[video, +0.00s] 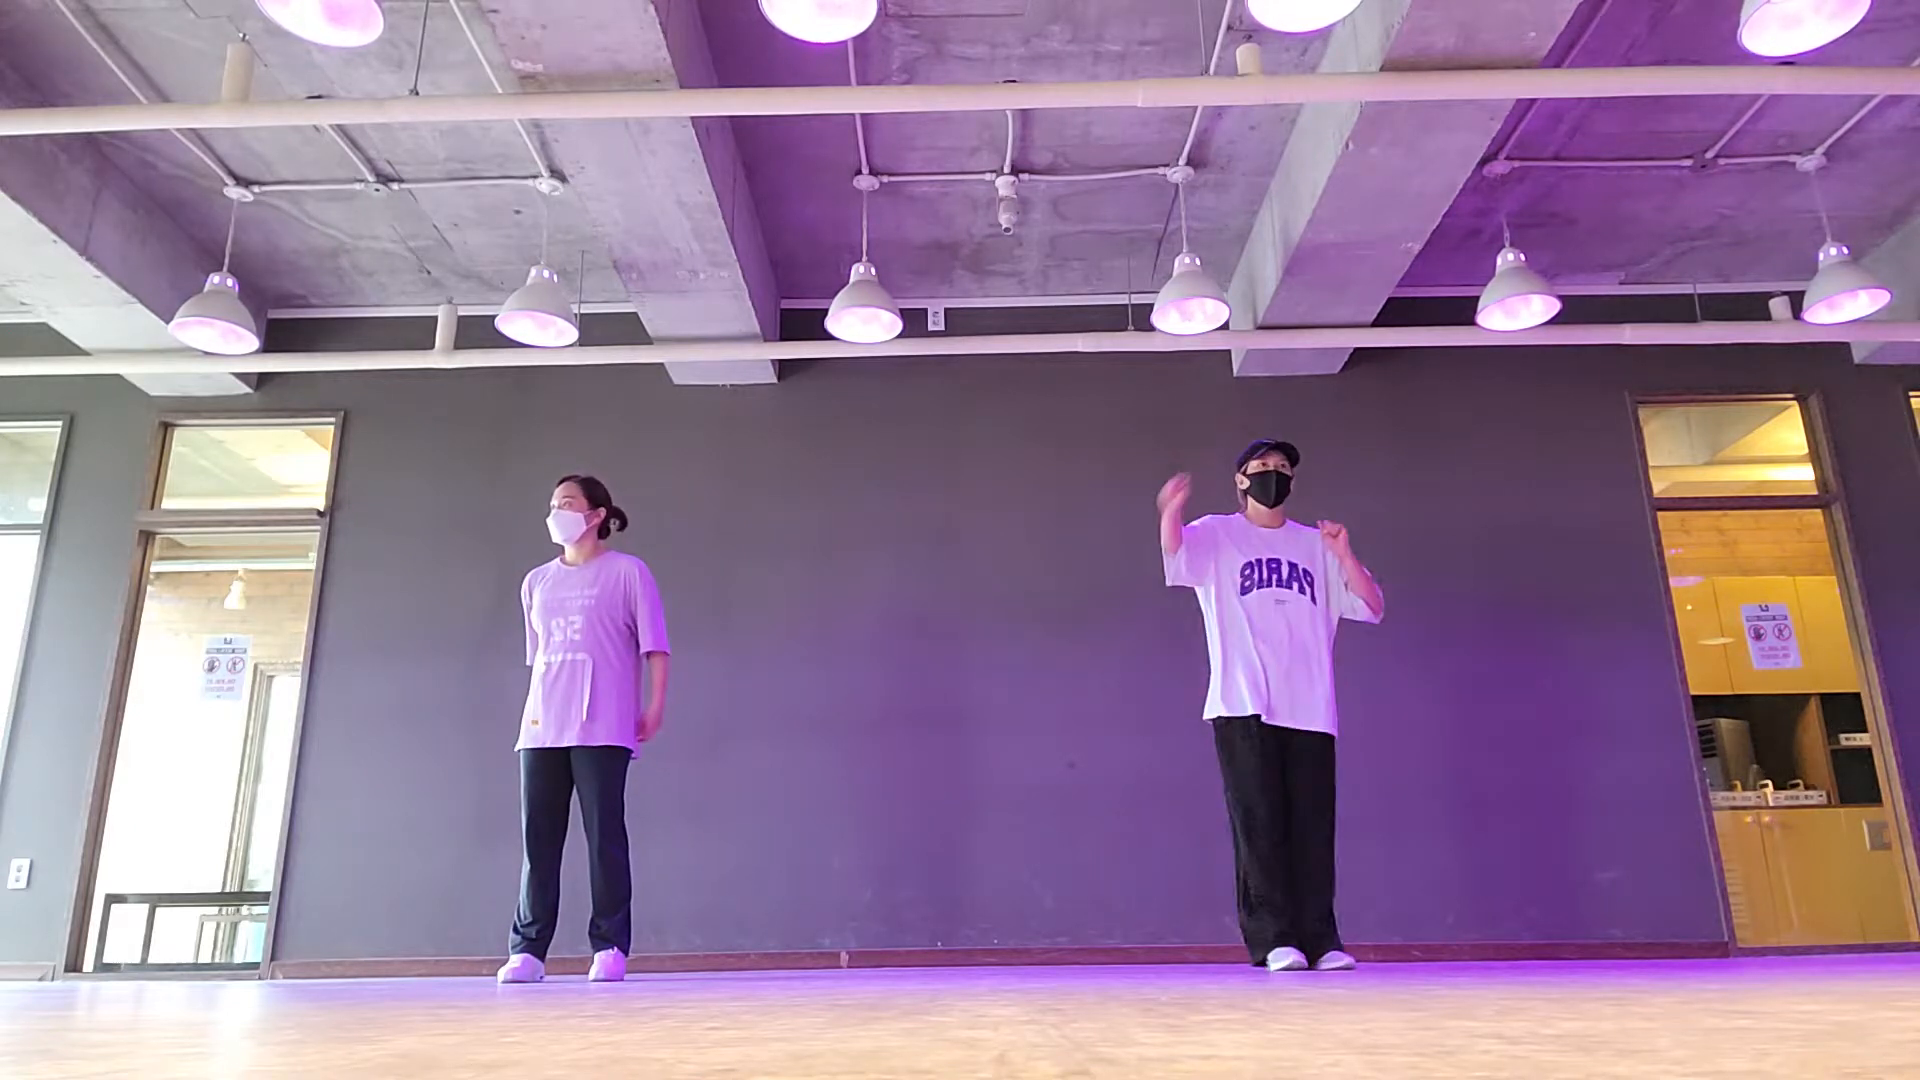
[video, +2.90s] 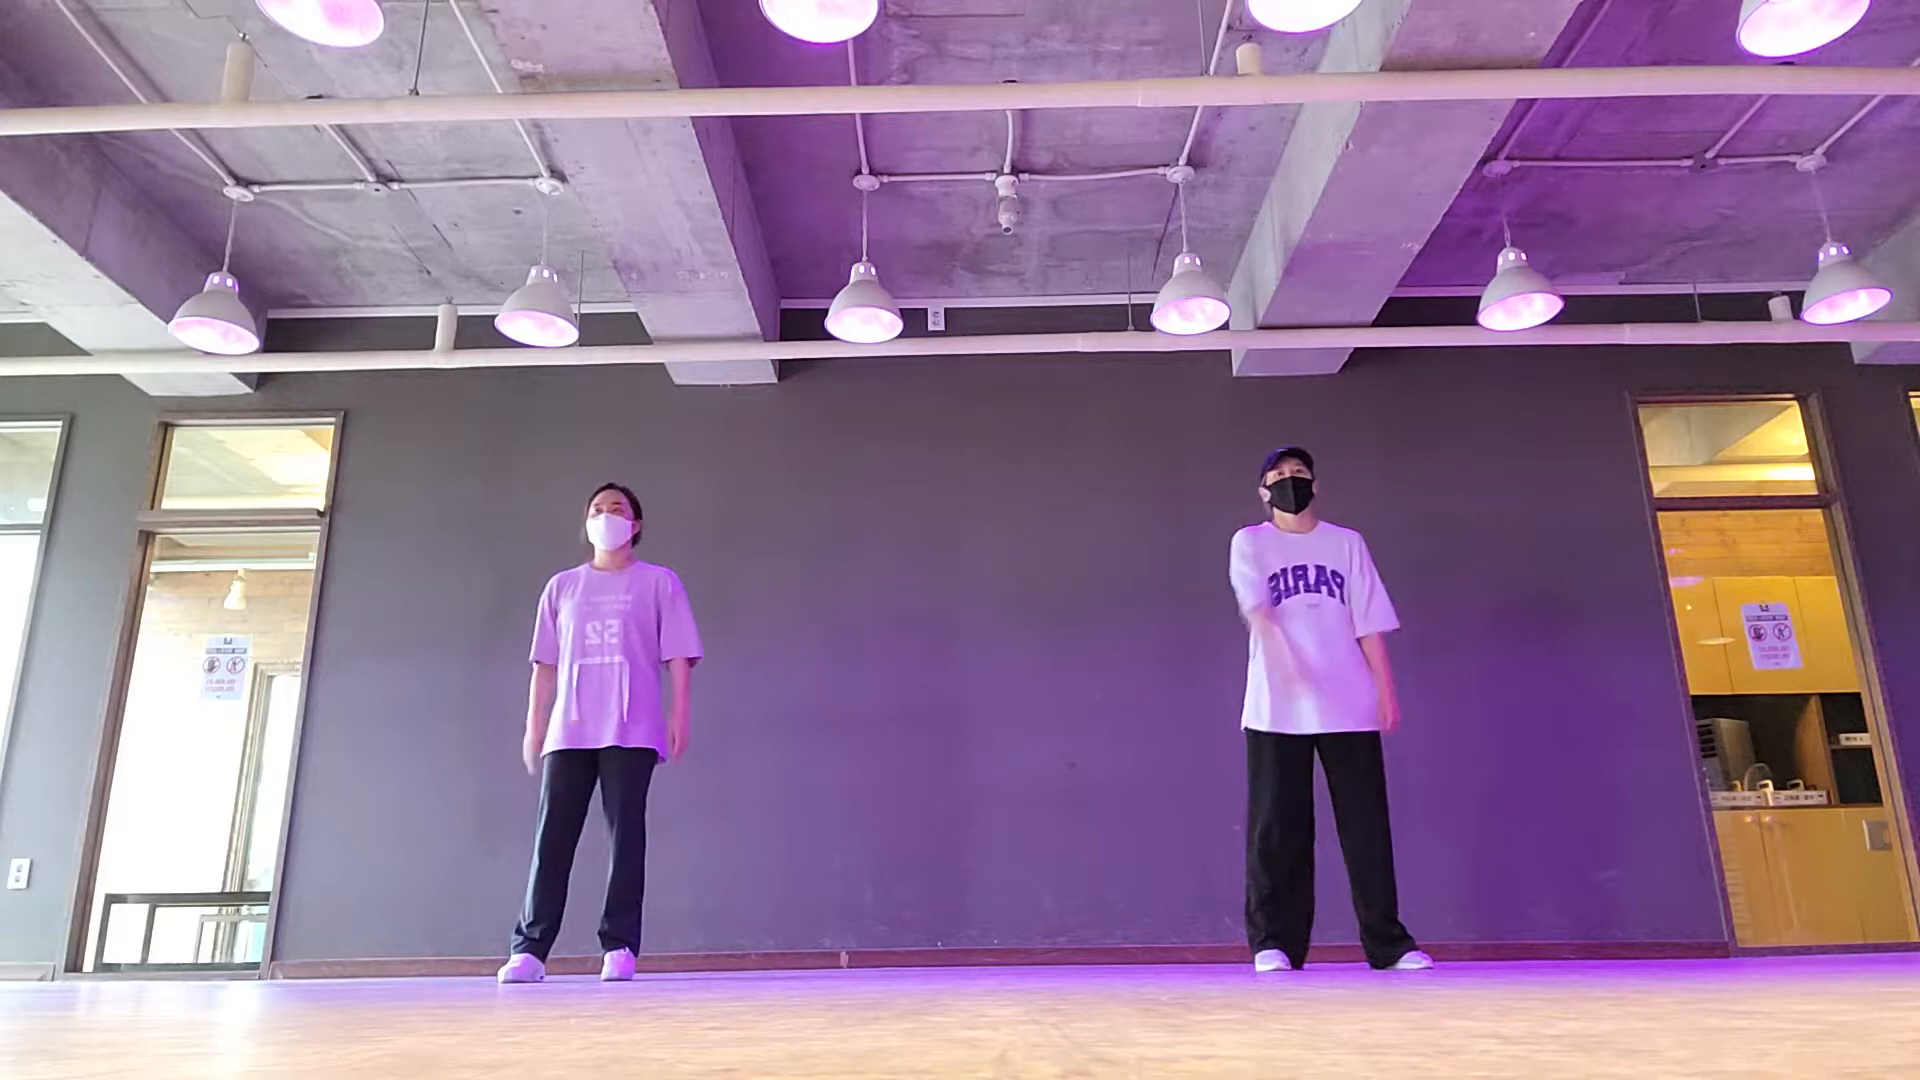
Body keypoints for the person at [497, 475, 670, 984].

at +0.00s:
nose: (556, 513)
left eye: (568, 505)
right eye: (553, 505)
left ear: (598, 516)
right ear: (549, 517)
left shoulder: (628, 572)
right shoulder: (536, 581)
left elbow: (656, 648)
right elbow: (537, 661)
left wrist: (653, 709)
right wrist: (531, 721)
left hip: (603, 722)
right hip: (543, 724)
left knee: (604, 838)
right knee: (538, 840)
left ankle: (609, 948)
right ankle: (527, 950)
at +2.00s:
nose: (560, 514)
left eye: (572, 509)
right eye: (552, 508)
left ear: (590, 528)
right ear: (540, 526)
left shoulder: (615, 583)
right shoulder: (514, 585)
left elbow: (627, 665)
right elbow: (509, 665)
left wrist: (590, 708)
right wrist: (541, 701)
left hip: (582, 725)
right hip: (520, 727)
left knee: (576, 825)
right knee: (524, 840)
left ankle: (602, 948)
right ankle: (525, 951)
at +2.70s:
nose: (592, 513)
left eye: (603, 507)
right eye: (583, 507)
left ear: (620, 526)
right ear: (569, 524)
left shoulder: (645, 583)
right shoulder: (543, 583)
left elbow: (655, 663)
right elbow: (540, 663)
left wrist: (642, 721)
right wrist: (559, 712)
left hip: (616, 725)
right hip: (554, 726)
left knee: (613, 837)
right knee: (543, 839)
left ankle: (618, 949)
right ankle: (527, 951)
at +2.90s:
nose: (606, 514)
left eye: (618, 509)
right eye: (598, 509)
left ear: (635, 526)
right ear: (586, 527)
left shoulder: (659, 582)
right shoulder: (561, 586)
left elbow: (679, 656)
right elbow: (544, 667)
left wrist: (679, 717)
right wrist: (533, 731)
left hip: (631, 727)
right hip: (568, 728)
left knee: (626, 840)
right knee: (551, 838)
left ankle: (620, 948)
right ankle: (529, 950)